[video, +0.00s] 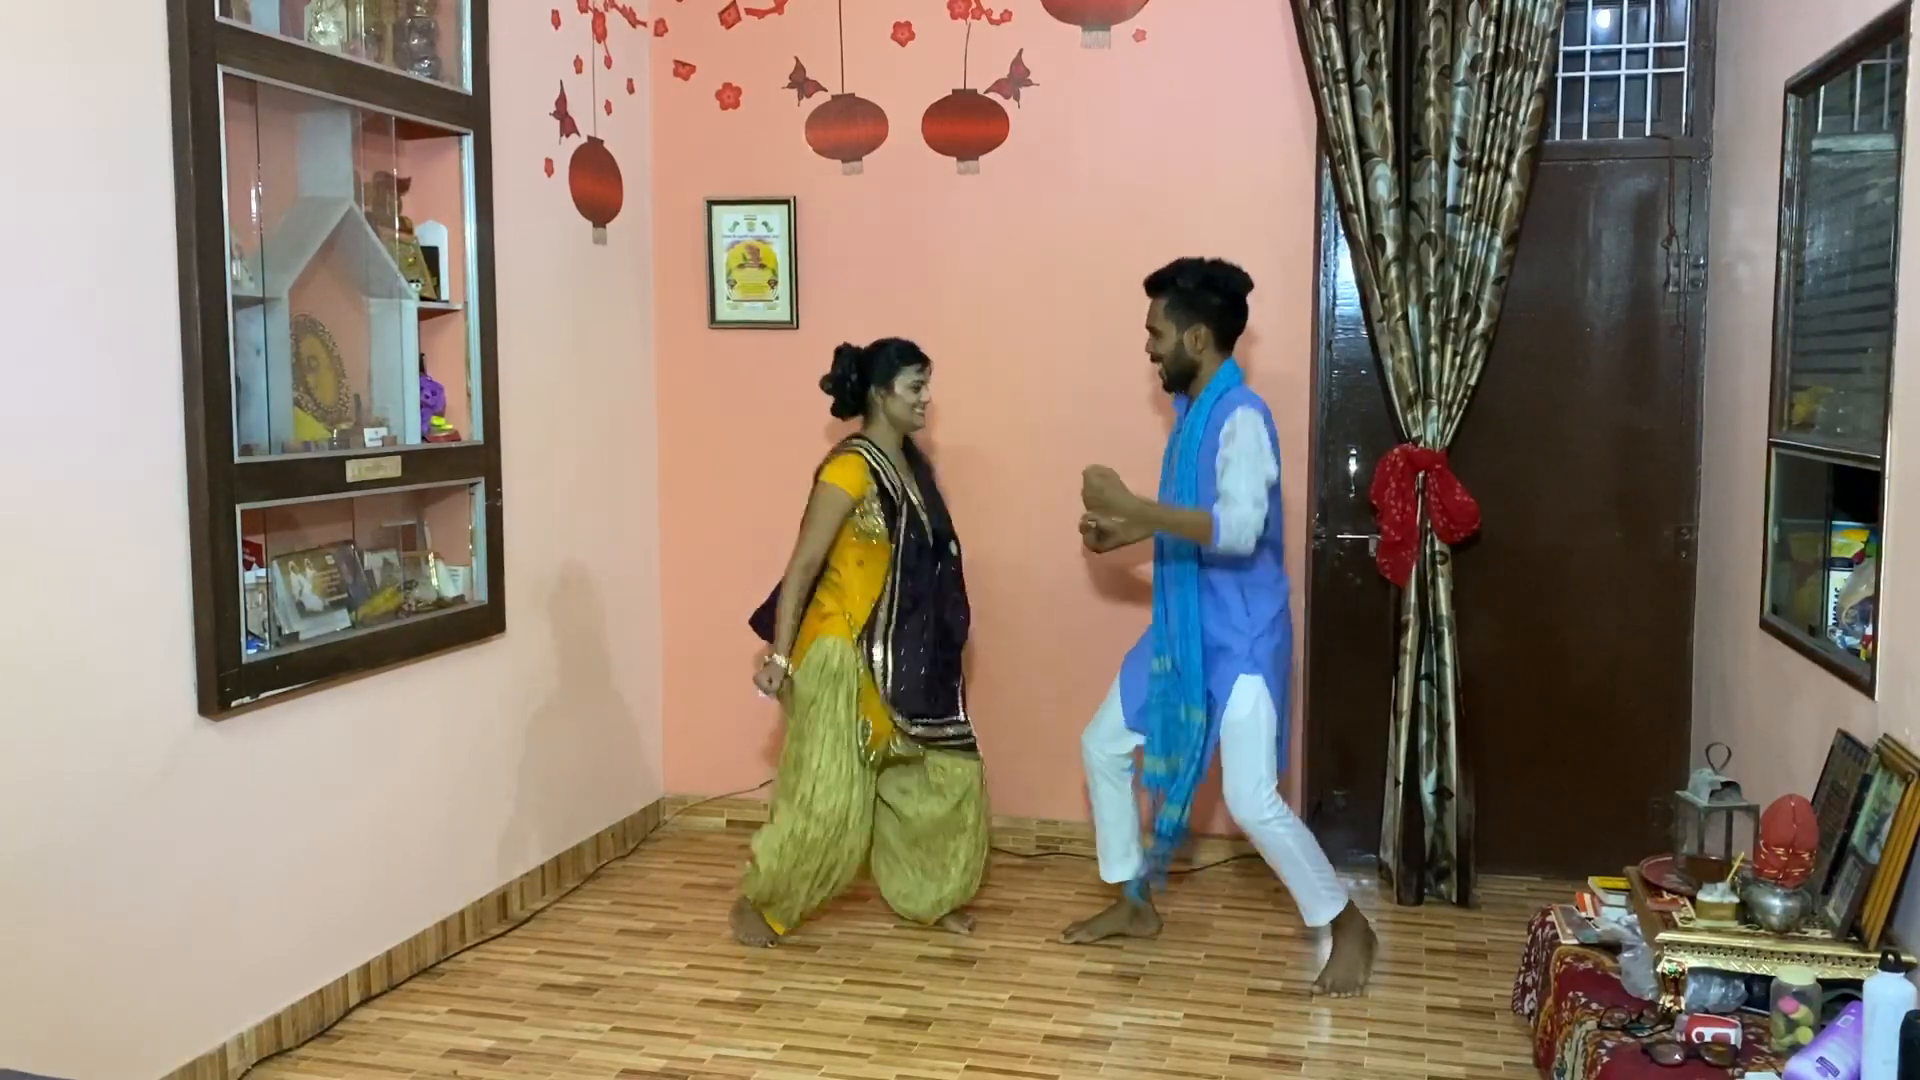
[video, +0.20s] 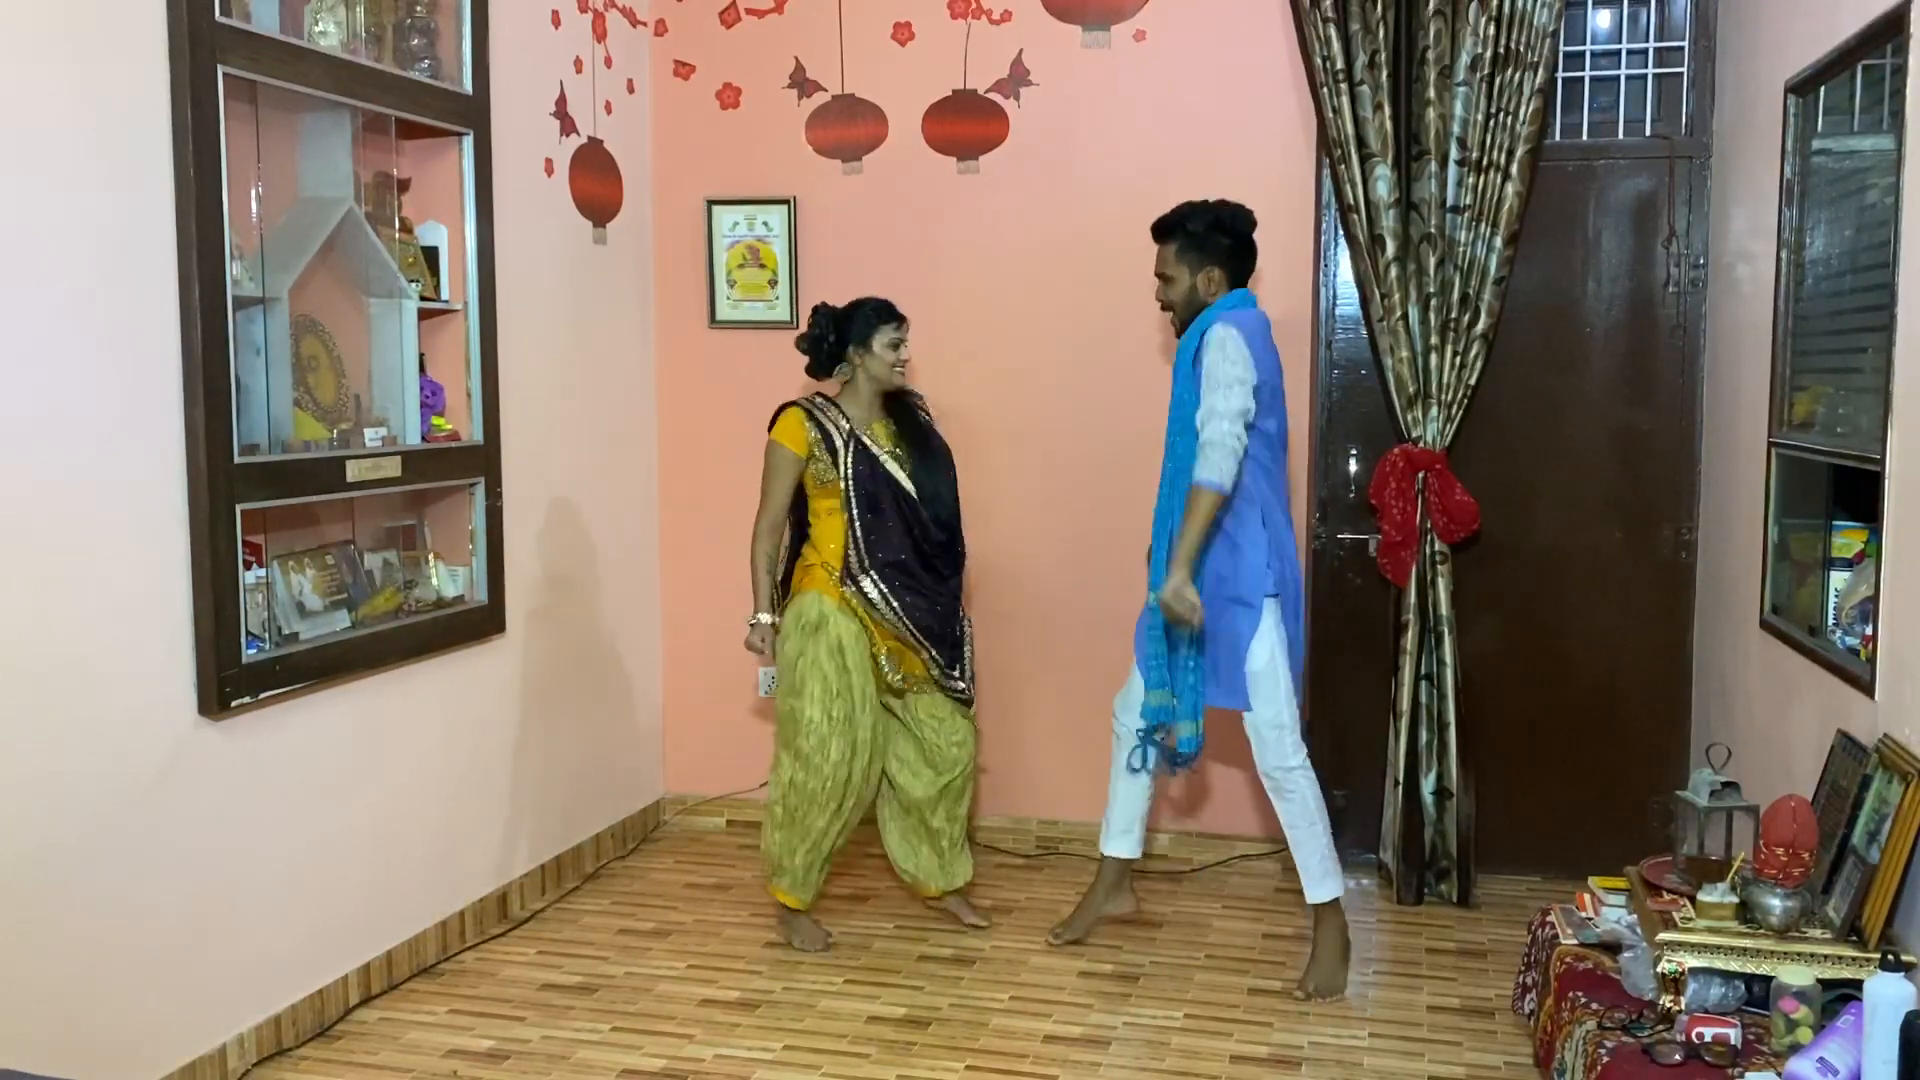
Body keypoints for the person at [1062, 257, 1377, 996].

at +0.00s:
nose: (1149, 346)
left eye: (1158, 331)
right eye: (1150, 331)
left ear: (1202, 334)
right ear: (1191, 333)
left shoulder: (1242, 418)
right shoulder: (1196, 414)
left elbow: (1240, 531)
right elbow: (1203, 524)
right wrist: (1129, 531)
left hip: (1241, 635)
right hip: (1182, 629)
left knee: (1251, 799)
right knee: (1104, 745)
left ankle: (1341, 922)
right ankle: (1132, 900)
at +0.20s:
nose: (1157, 286)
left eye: (1167, 270)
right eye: (1158, 270)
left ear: (1207, 271)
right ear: (1212, 272)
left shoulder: (1229, 337)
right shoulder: (1220, 333)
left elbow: (1218, 461)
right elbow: (1221, 462)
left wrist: (1180, 568)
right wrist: (1184, 566)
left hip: (1242, 572)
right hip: (1198, 572)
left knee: (1279, 750)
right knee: (1134, 711)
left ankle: (1328, 919)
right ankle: (1114, 874)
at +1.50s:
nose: (1136, 304)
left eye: (1147, 291)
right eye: (1138, 289)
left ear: (1189, 300)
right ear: (1183, 299)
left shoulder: (1200, 386)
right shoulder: (1170, 384)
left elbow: (1110, 468)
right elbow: (1119, 478)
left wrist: (1051, 428)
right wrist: (1052, 449)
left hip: (1206, 613)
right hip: (1155, 614)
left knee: (1256, 770)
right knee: (1098, 737)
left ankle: (1354, 926)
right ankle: (1114, 906)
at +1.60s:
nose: (1184, 315)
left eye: (1195, 302)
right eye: (1187, 301)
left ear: (1238, 312)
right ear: (1233, 311)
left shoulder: (1237, 398)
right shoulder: (1208, 393)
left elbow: (1127, 447)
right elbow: (1122, 467)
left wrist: (1039, 405)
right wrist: (1032, 444)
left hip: (1200, 609)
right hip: (1147, 607)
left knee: (1253, 766)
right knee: (1090, 736)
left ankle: (1355, 927)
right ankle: (1112, 907)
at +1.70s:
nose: (1211, 327)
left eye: (1223, 315)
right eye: (1216, 313)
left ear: (1263, 329)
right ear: (1262, 330)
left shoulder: (1250, 419)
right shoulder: (1219, 407)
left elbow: (1136, 453)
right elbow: (1122, 467)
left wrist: (1033, 428)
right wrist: (1028, 449)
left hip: (1198, 620)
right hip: (1143, 614)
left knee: (1253, 776)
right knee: (1081, 740)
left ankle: (1357, 933)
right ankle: (1110, 907)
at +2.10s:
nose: (1071, 345)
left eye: (1081, 331)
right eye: (1072, 330)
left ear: (1126, 336)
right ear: (1122, 336)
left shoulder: (1158, 403)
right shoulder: (1132, 411)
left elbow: (1082, 507)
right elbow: (1103, 529)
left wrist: (1034, 455)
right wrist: (1043, 503)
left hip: (1203, 618)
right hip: (1152, 623)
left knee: (1240, 780)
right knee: (1080, 738)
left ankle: (1353, 931)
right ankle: (1112, 907)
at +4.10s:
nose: (1169, 326)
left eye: (1180, 313)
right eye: (1171, 312)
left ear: (1226, 317)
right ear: (1209, 316)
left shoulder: (1285, 396)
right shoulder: (1202, 400)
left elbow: (1309, 507)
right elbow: (1202, 502)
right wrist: (1153, 556)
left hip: (1278, 608)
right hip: (1205, 600)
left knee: (1283, 773)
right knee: (1129, 693)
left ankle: (1344, 912)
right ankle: (1206, 836)